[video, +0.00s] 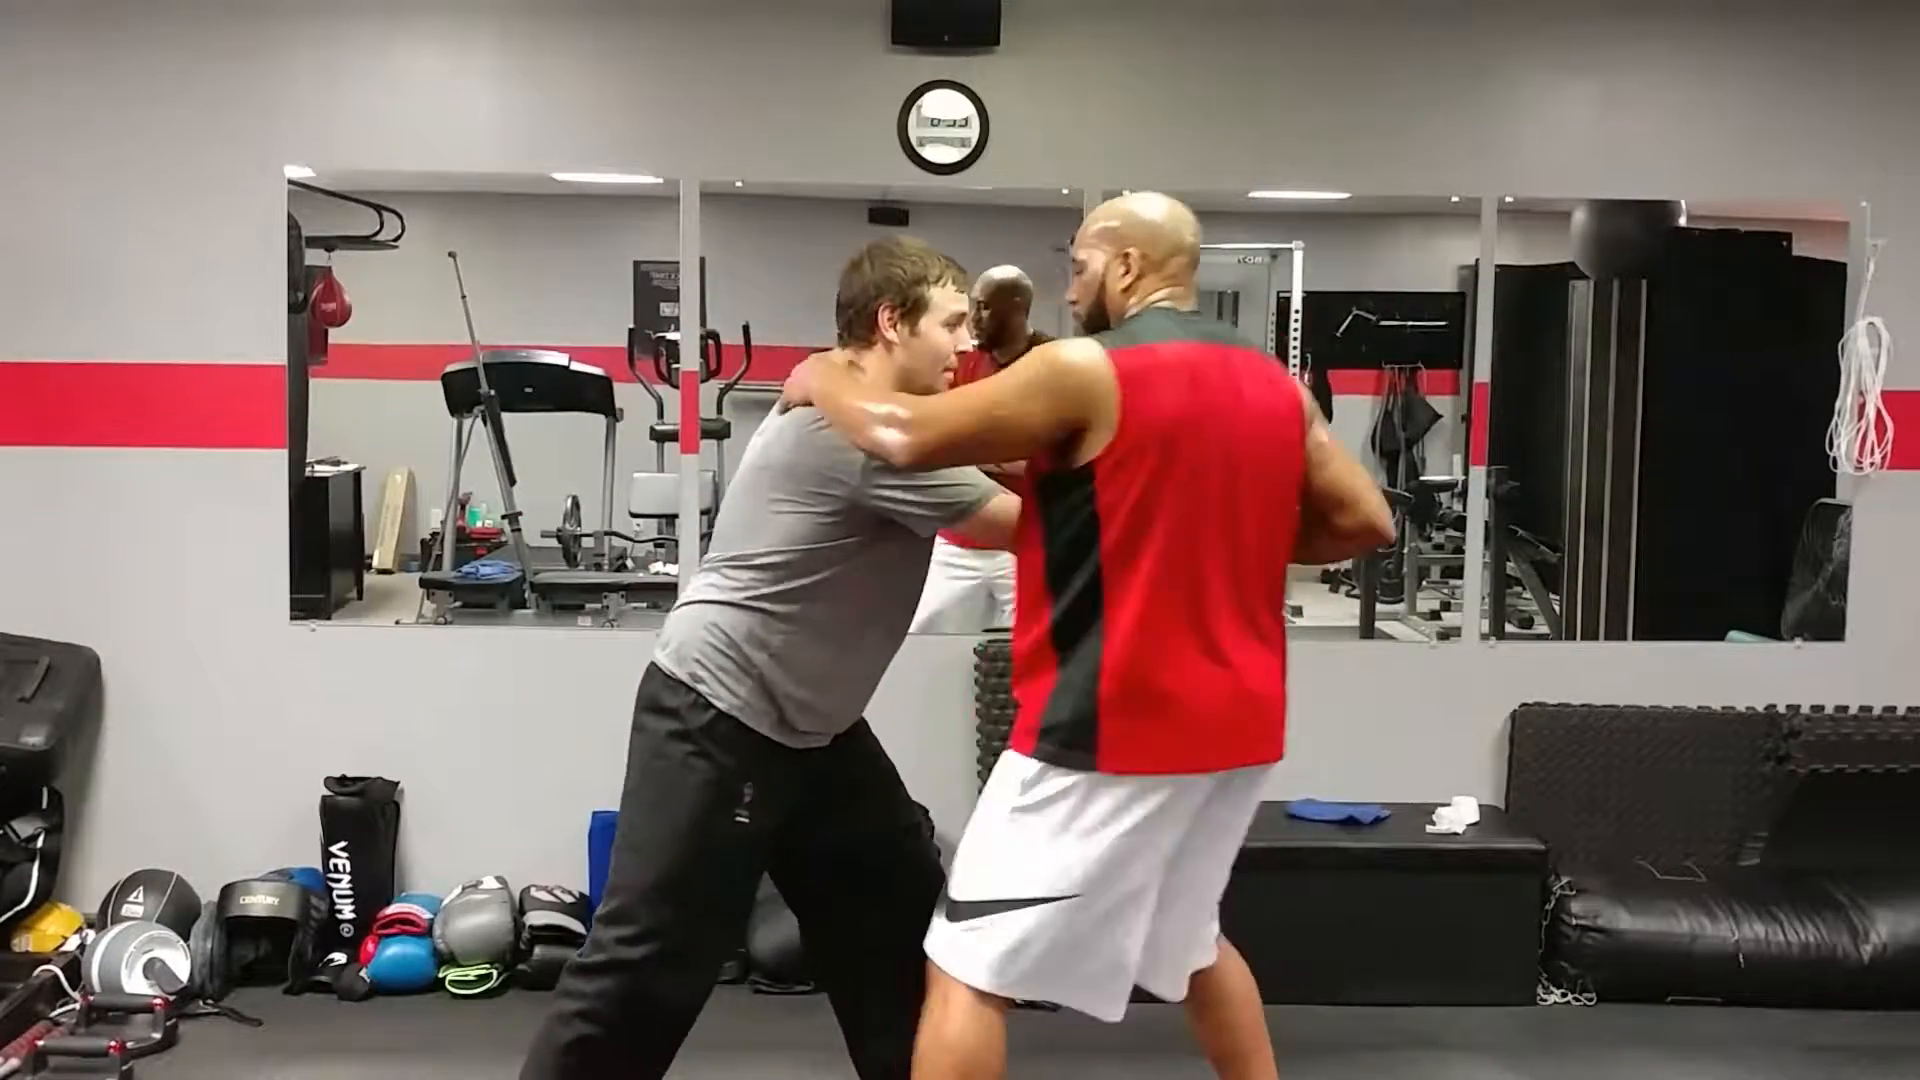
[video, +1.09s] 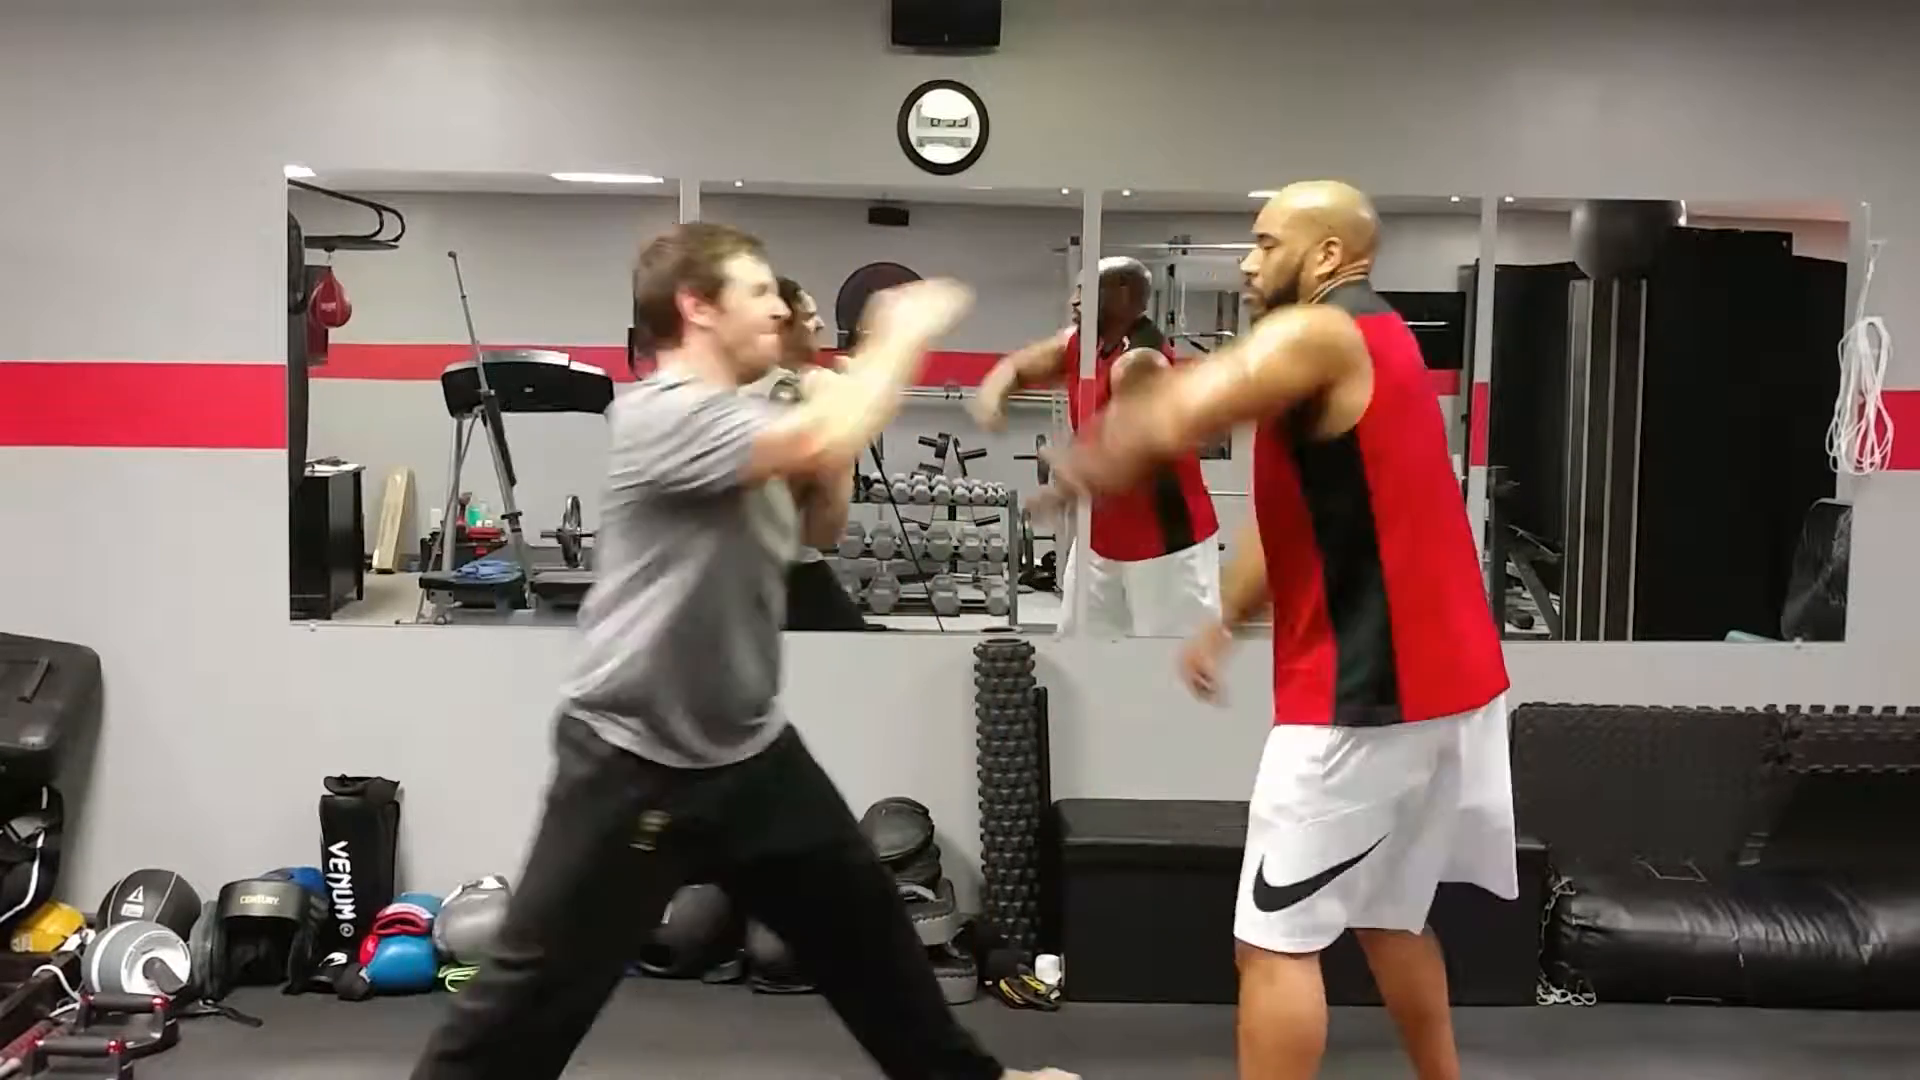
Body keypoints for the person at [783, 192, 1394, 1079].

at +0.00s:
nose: (1071, 280)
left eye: (1079, 263)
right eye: (1073, 263)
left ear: (1125, 267)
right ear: (1182, 272)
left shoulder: (1083, 370)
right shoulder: (1273, 383)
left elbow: (906, 436)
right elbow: (1364, 522)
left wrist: (827, 382)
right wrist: (1243, 534)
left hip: (1101, 724)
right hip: (1241, 721)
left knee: (968, 969)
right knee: (1191, 937)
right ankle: (1258, 1076)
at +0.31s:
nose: (1137, 255)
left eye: (1152, 234)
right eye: (1138, 235)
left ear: (1212, 232)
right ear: (1231, 237)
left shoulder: (1205, 338)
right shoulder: (1316, 333)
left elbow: (1054, 436)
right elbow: (1383, 488)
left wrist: (891, 425)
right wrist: (1221, 471)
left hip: (1234, 678)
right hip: (1346, 676)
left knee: (1086, 906)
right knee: (1273, 925)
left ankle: (1169, 1071)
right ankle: (1289, 1077)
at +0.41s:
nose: (1146, 252)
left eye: (1161, 230)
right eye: (1149, 231)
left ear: (1223, 233)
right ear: (1240, 238)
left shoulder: (1218, 344)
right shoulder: (1313, 327)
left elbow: (1078, 459)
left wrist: (922, 492)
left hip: (1254, 691)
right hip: (1341, 679)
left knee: (1169, 935)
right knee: (1266, 925)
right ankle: (1286, 1078)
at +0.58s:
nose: (1159, 275)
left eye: (1175, 256)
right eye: (1161, 256)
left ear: (1241, 257)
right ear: (1256, 260)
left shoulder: (1248, 374)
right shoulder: (1329, 348)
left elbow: (1182, 549)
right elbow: (1314, 518)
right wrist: (1212, 599)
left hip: (1294, 717)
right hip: (1377, 704)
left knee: (1210, 953)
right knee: (1312, 956)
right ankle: (1359, 1076)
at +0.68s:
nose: (1178, 282)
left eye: (1194, 262)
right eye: (1179, 262)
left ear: (1260, 265)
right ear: (1269, 268)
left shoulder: (1284, 383)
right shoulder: (1328, 351)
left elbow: (1298, 576)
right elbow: (1345, 543)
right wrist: (1242, 641)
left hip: (1313, 724)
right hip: (1386, 708)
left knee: (1210, 948)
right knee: (1358, 927)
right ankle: (1421, 1071)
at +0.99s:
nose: (1225, 272)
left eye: (1242, 254)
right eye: (1228, 253)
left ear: (1305, 262)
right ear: (1316, 264)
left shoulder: (1310, 369)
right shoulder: (1365, 344)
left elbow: (1305, 549)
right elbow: (1384, 526)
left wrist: (1245, 626)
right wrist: (1283, 613)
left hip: (1360, 697)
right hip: (1436, 685)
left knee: (1260, 927)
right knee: (1383, 907)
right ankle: (1435, 1071)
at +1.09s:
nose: (1248, 258)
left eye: (1267, 242)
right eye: (1253, 241)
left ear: (1330, 255)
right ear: (1335, 261)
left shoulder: (1319, 333)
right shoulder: (1374, 336)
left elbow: (1164, 421)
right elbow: (1305, 512)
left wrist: (1093, 460)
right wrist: (1224, 614)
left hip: (1355, 693)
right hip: (1438, 683)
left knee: (1275, 939)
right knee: (1391, 913)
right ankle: (1441, 1073)